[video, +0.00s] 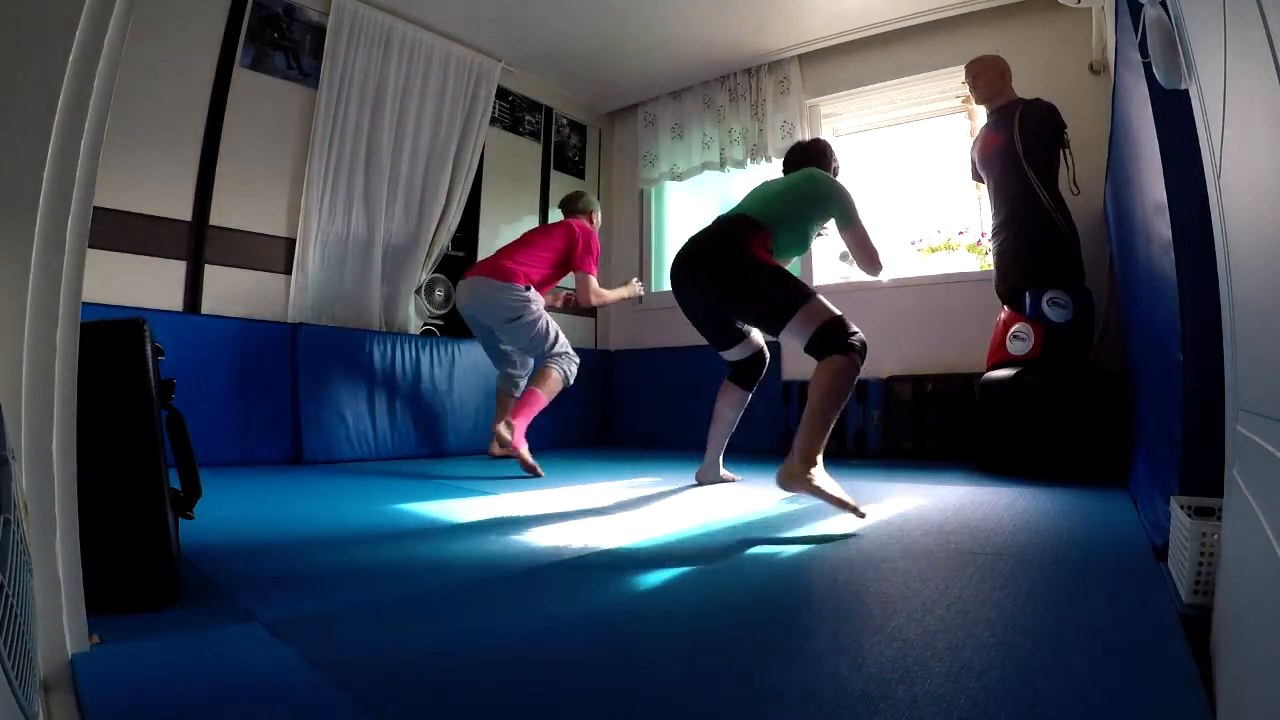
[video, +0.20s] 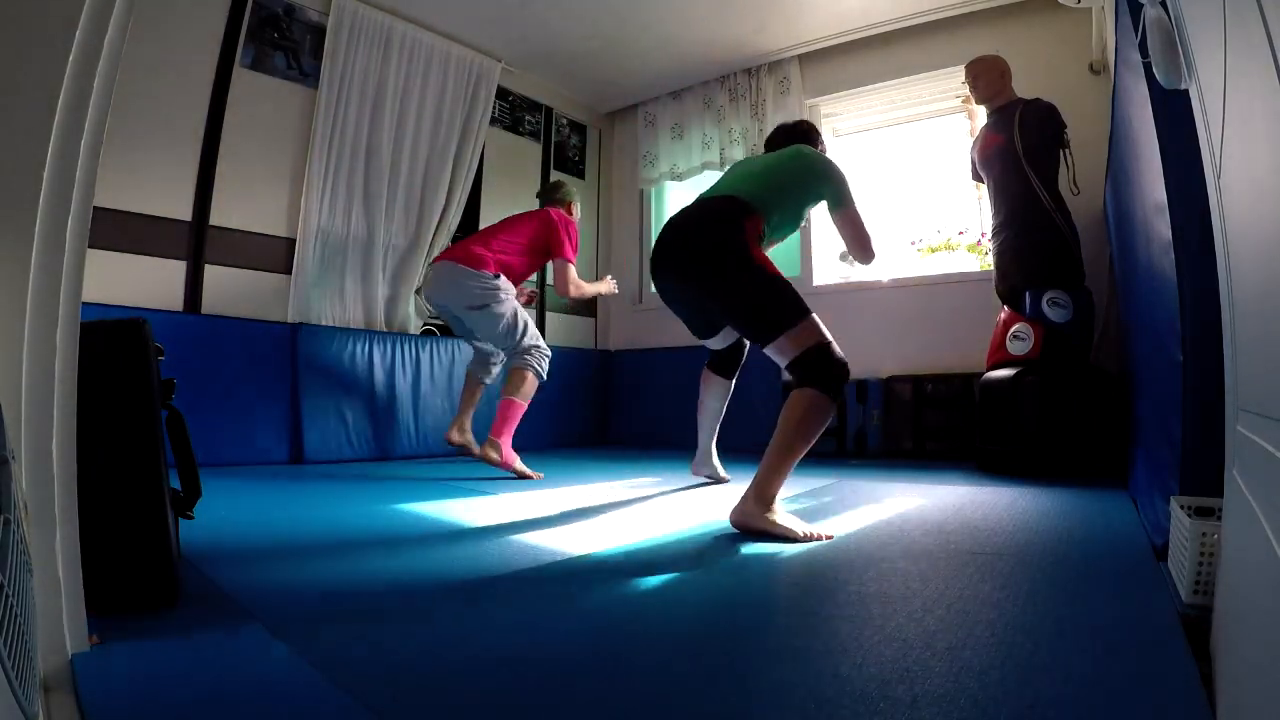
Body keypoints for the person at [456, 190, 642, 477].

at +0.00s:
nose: (599, 224)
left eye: (599, 219)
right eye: (599, 218)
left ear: (566, 215)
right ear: (592, 216)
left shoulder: (544, 230)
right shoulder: (585, 232)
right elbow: (589, 297)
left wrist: (549, 298)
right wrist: (626, 291)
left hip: (468, 289)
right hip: (507, 290)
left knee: (515, 364)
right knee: (563, 358)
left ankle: (500, 440)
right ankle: (516, 425)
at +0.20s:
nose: (578, 216)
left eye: (578, 210)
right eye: (578, 210)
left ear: (547, 205)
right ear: (571, 207)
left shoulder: (524, 220)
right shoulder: (561, 222)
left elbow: (482, 257)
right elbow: (568, 287)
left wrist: (512, 293)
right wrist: (601, 287)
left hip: (437, 277)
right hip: (475, 278)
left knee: (489, 349)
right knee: (534, 351)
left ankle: (461, 427)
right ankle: (500, 443)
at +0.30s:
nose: (565, 212)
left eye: (564, 207)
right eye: (565, 207)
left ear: (531, 201)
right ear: (559, 203)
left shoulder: (510, 217)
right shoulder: (545, 217)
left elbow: (465, 257)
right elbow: (553, 285)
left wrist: (501, 293)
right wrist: (589, 283)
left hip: (418, 275)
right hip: (454, 273)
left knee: (470, 355)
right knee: (525, 340)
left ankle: (440, 441)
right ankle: (486, 430)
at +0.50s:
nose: (538, 203)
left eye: (537, 199)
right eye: (538, 198)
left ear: (503, 192)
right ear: (532, 195)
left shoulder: (478, 207)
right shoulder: (522, 209)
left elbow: (429, 246)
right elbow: (526, 280)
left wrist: (463, 284)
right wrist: (561, 279)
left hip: (384, 261)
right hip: (424, 265)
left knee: (435, 357)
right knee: (477, 354)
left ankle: (434, 441)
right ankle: (434, 450)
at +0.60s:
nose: (525, 204)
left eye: (526, 198)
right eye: (526, 196)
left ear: (487, 186)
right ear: (519, 189)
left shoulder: (461, 203)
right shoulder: (503, 201)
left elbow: (412, 261)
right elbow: (509, 273)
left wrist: (454, 282)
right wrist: (544, 274)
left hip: (360, 258)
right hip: (395, 257)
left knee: (419, 349)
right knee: (459, 341)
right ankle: (434, 451)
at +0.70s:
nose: (508, 201)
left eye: (510, 194)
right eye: (510, 192)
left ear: (470, 183)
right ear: (502, 186)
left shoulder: (448, 204)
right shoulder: (483, 199)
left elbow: (395, 272)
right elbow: (491, 271)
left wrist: (441, 284)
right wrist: (528, 273)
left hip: (339, 260)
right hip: (369, 257)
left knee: (396, 354)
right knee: (444, 333)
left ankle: (375, 441)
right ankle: (391, 434)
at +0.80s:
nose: (490, 193)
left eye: (491, 186)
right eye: (491, 185)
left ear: (451, 178)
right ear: (482, 179)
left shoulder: (431, 197)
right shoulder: (467, 196)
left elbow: (375, 260)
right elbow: (472, 271)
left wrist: (413, 280)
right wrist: (513, 271)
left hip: (324, 258)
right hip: (350, 262)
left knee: (381, 352)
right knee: (404, 356)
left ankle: (368, 448)